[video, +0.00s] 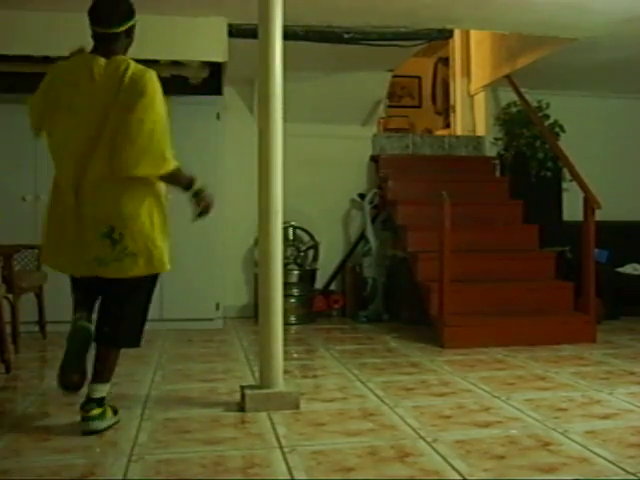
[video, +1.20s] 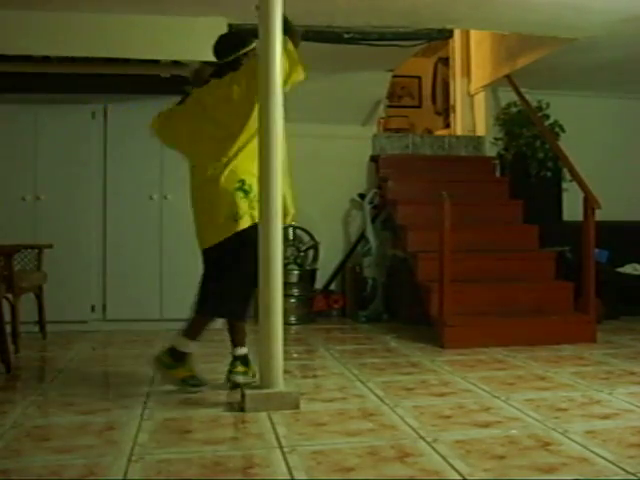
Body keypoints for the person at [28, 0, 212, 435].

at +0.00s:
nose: (128, 40)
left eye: (117, 32)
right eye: (130, 33)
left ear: (92, 31)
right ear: (130, 34)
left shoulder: (63, 74)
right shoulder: (140, 81)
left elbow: (36, 120)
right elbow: (149, 156)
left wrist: (75, 66)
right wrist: (192, 185)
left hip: (74, 217)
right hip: (130, 221)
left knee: (85, 275)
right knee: (118, 309)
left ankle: (80, 321)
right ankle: (95, 403)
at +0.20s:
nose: (129, 40)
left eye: (119, 33)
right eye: (132, 33)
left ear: (99, 35)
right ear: (135, 33)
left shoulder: (76, 78)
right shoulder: (158, 76)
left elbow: (52, 135)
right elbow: (204, 130)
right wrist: (210, 97)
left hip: (92, 200)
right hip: (145, 200)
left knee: (119, 284)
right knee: (126, 295)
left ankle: (129, 357)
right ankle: (97, 391)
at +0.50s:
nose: (159, 66)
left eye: (146, 60)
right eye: (160, 60)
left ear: (129, 66)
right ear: (163, 62)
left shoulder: (113, 107)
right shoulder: (184, 96)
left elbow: (70, 157)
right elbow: (226, 80)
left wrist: (66, 114)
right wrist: (212, 36)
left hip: (128, 218)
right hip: (176, 216)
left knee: (145, 299)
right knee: (168, 293)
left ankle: (165, 375)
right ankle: (115, 359)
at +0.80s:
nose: (181, 65)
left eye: (172, 59)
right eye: (189, 57)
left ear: (167, 62)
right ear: (200, 59)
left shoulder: (153, 101)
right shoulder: (219, 90)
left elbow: (108, 141)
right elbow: (252, 62)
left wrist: (99, 106)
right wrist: (236, 21)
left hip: (169, 220)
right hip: (211, 216)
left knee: (203, 295)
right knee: (171, 294)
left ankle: (226, 364)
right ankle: (129, 371)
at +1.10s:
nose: (240, 63)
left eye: (234, 58)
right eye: (239, 58)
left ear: (206, 66)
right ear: (238, 62)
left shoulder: (184, 110)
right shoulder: (249, 87)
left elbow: (149, 141)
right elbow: (293, 56)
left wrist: (165, 100)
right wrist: (268, 16)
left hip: (201, 214)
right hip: (240, 210)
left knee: (220, 294)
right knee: (199, 286)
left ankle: (237, 365)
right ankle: (147, 350)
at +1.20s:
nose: (264, 63)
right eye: (261, 53)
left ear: (222, 60)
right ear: (249, 56)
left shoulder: (196, 105)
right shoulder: (247, 82)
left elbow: (161, 124)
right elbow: (285, 56)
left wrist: (193, 91)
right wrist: (275, 23)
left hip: (214, 210)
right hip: (247, 204)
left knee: (230, 287)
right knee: (227, 286)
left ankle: (241, 360)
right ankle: (177, 353)